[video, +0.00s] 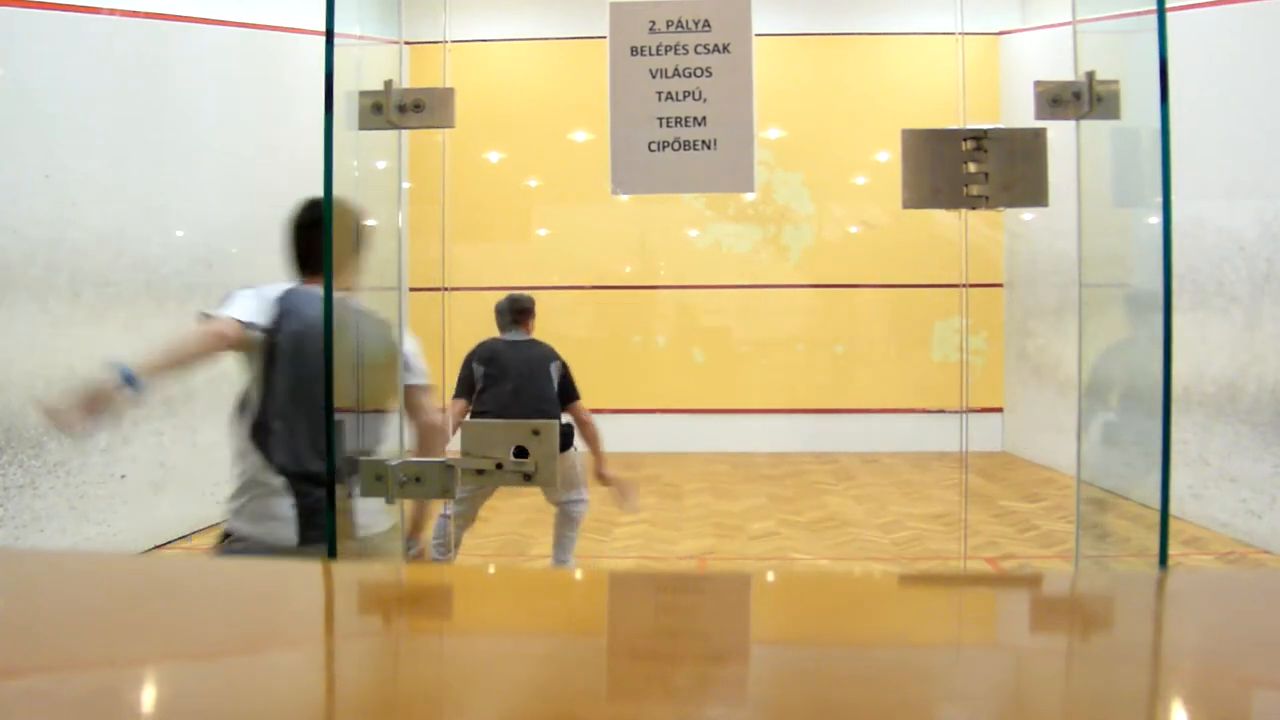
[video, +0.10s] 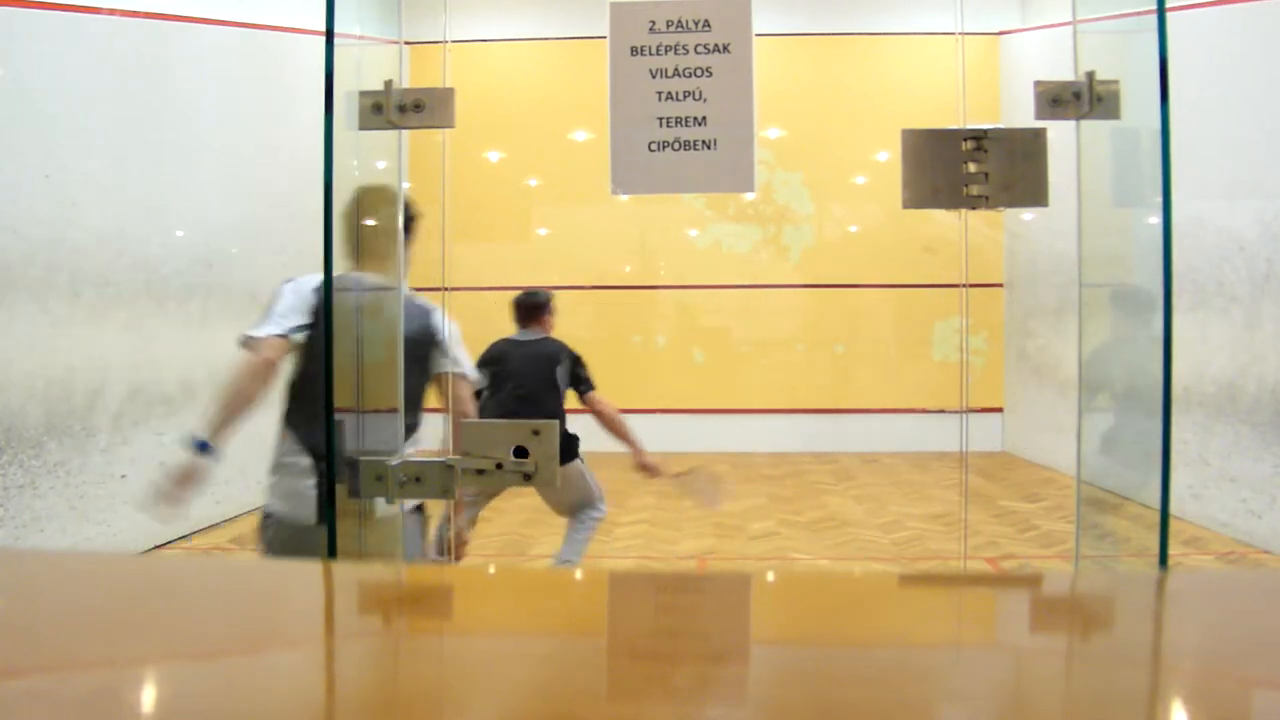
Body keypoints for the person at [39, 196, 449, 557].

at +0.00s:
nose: (360, 255)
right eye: (359, 246)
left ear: (298, 252)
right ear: (357, 254)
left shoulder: (270, 304)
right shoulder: (392, 338)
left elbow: (220, 337)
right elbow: (433, 430)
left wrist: (123, 384)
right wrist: (417, 528)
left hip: (270, 534)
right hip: (365, 539)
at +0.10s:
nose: (383, 245)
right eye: (405, 233)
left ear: (349, 234)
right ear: (406, 239)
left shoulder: (306, 293)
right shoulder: (431, 319)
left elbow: (264, 361)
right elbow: (465, 415)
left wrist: (204, 448)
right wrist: (461, 508)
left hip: (301, 514)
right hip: (390, 520)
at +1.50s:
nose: (687, 287)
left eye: (687, 280)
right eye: (681, 279)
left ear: (657, 281)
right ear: (658, 279)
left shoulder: (622, 319)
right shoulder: (668, 321)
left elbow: (599, 375)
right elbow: (673, 381)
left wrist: (591, 425)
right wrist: (697, 434)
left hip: (615, 437)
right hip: (651, 438)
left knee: (636, 514)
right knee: (660, 526)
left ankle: (631, 586)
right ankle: (628, 590)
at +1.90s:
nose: (743, 299)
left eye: (742, 293)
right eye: (741, 293)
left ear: (710, 298)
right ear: (731, 297)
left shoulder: (688, 329)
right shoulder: (735, 334)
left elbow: (678, 378)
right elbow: (729, 383)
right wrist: (745, 433)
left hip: (674, 425)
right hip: (713, 427)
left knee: (664, 497)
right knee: (729, 491)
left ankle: (642, 557)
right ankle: (723, 555)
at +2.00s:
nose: (762, 302)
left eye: (761, 296)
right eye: (761, 297)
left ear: (729, 300)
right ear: (755, 300)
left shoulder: (708, 331)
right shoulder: (756, 337)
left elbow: (690, 378)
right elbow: (753, 384)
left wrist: (714, 399)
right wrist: (768, 435)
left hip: (694, 423)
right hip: (731, 425)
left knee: (692, 493)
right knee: (737, 492)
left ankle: (664, 530)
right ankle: (723, 555)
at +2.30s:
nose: (801, 299)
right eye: (802, 294)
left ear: (775, 297)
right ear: (800, 297)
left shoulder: (755, 326)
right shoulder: (803, 332)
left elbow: (722, 360)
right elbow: (812, 377)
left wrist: (708, 396)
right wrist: (837, 410)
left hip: (746, 408)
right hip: (776, 412)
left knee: (753, 471)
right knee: (771, 481)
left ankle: (747, 526)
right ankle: (744, 518)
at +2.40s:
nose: (814, 303)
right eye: (816, 299)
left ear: (793, 301)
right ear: (816, 302)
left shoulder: (775, 330)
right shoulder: (816, 335)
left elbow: (747, 363)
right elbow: (825, 380)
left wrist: (733, 399)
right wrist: (858, 409)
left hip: (764, 416)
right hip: (792, 419)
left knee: (770, 469)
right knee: (803, 477)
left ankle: (749, 527)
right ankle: (767, 511)